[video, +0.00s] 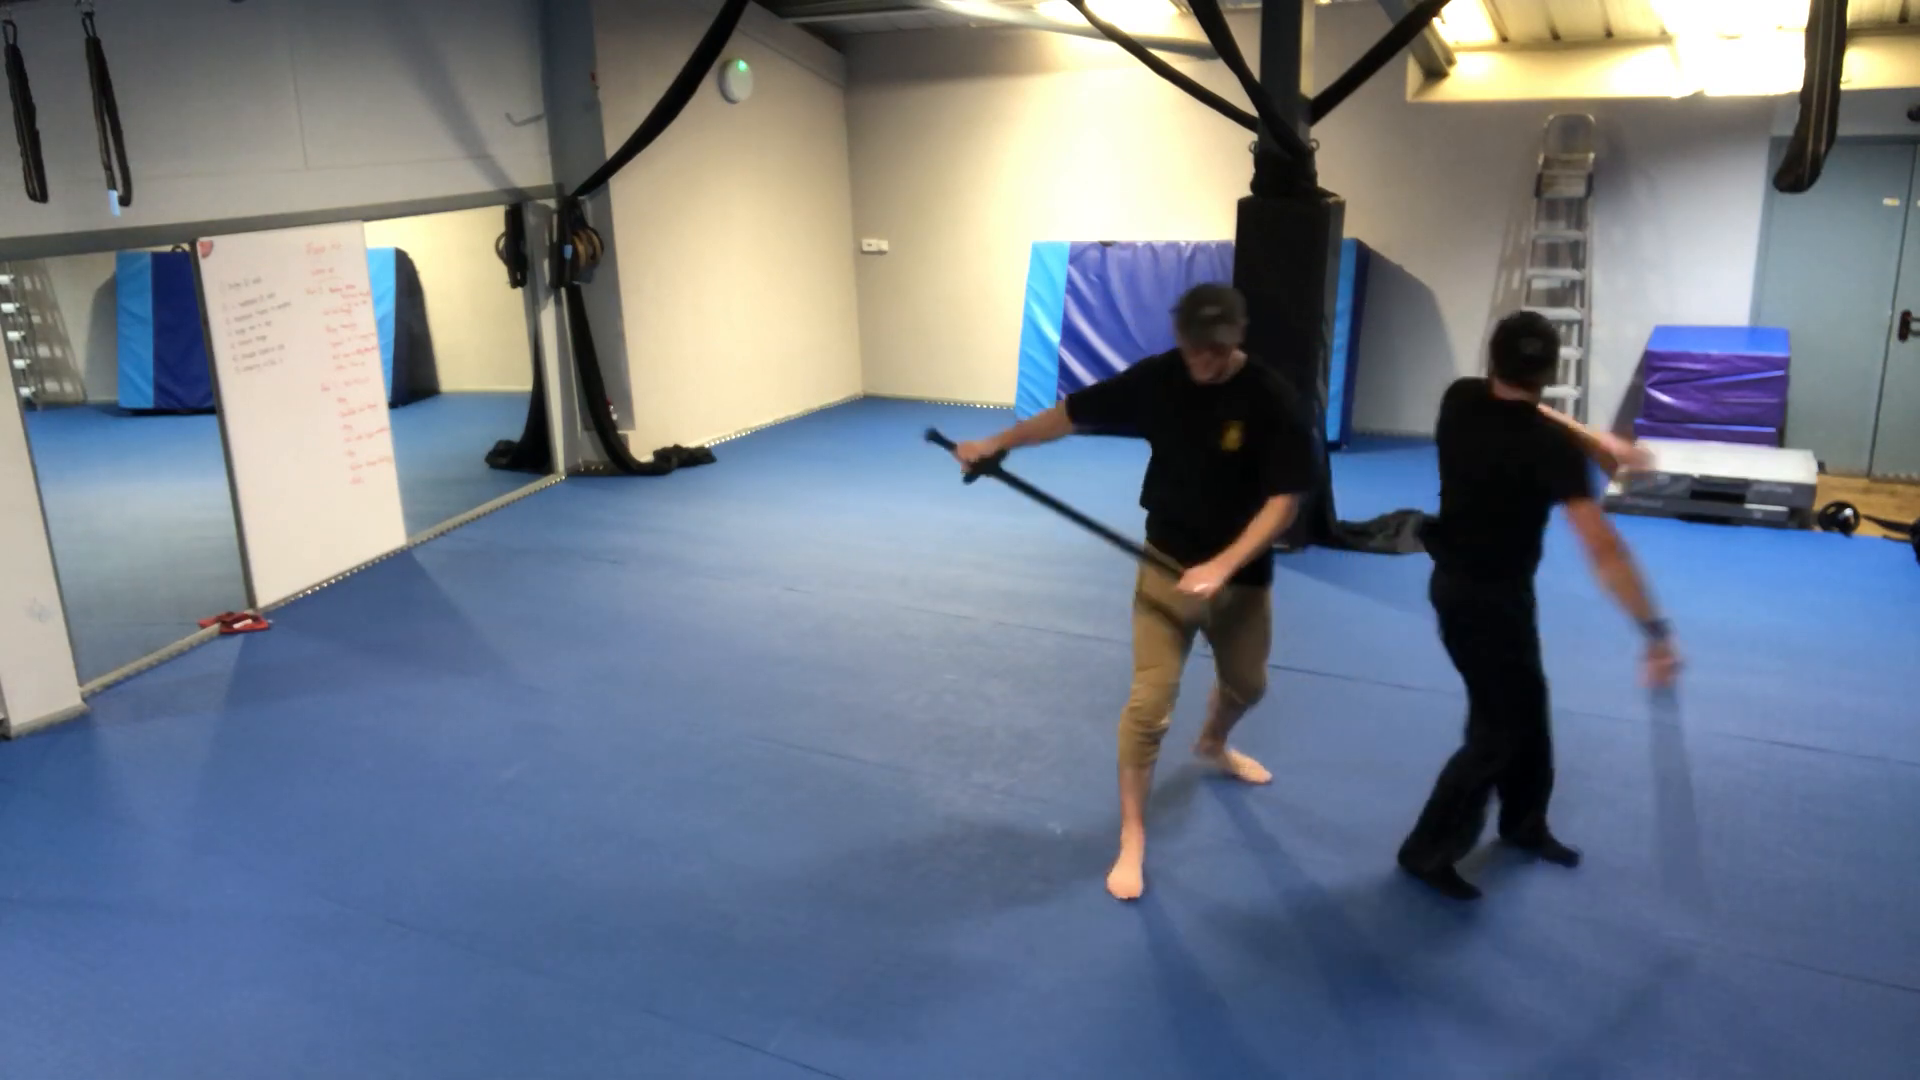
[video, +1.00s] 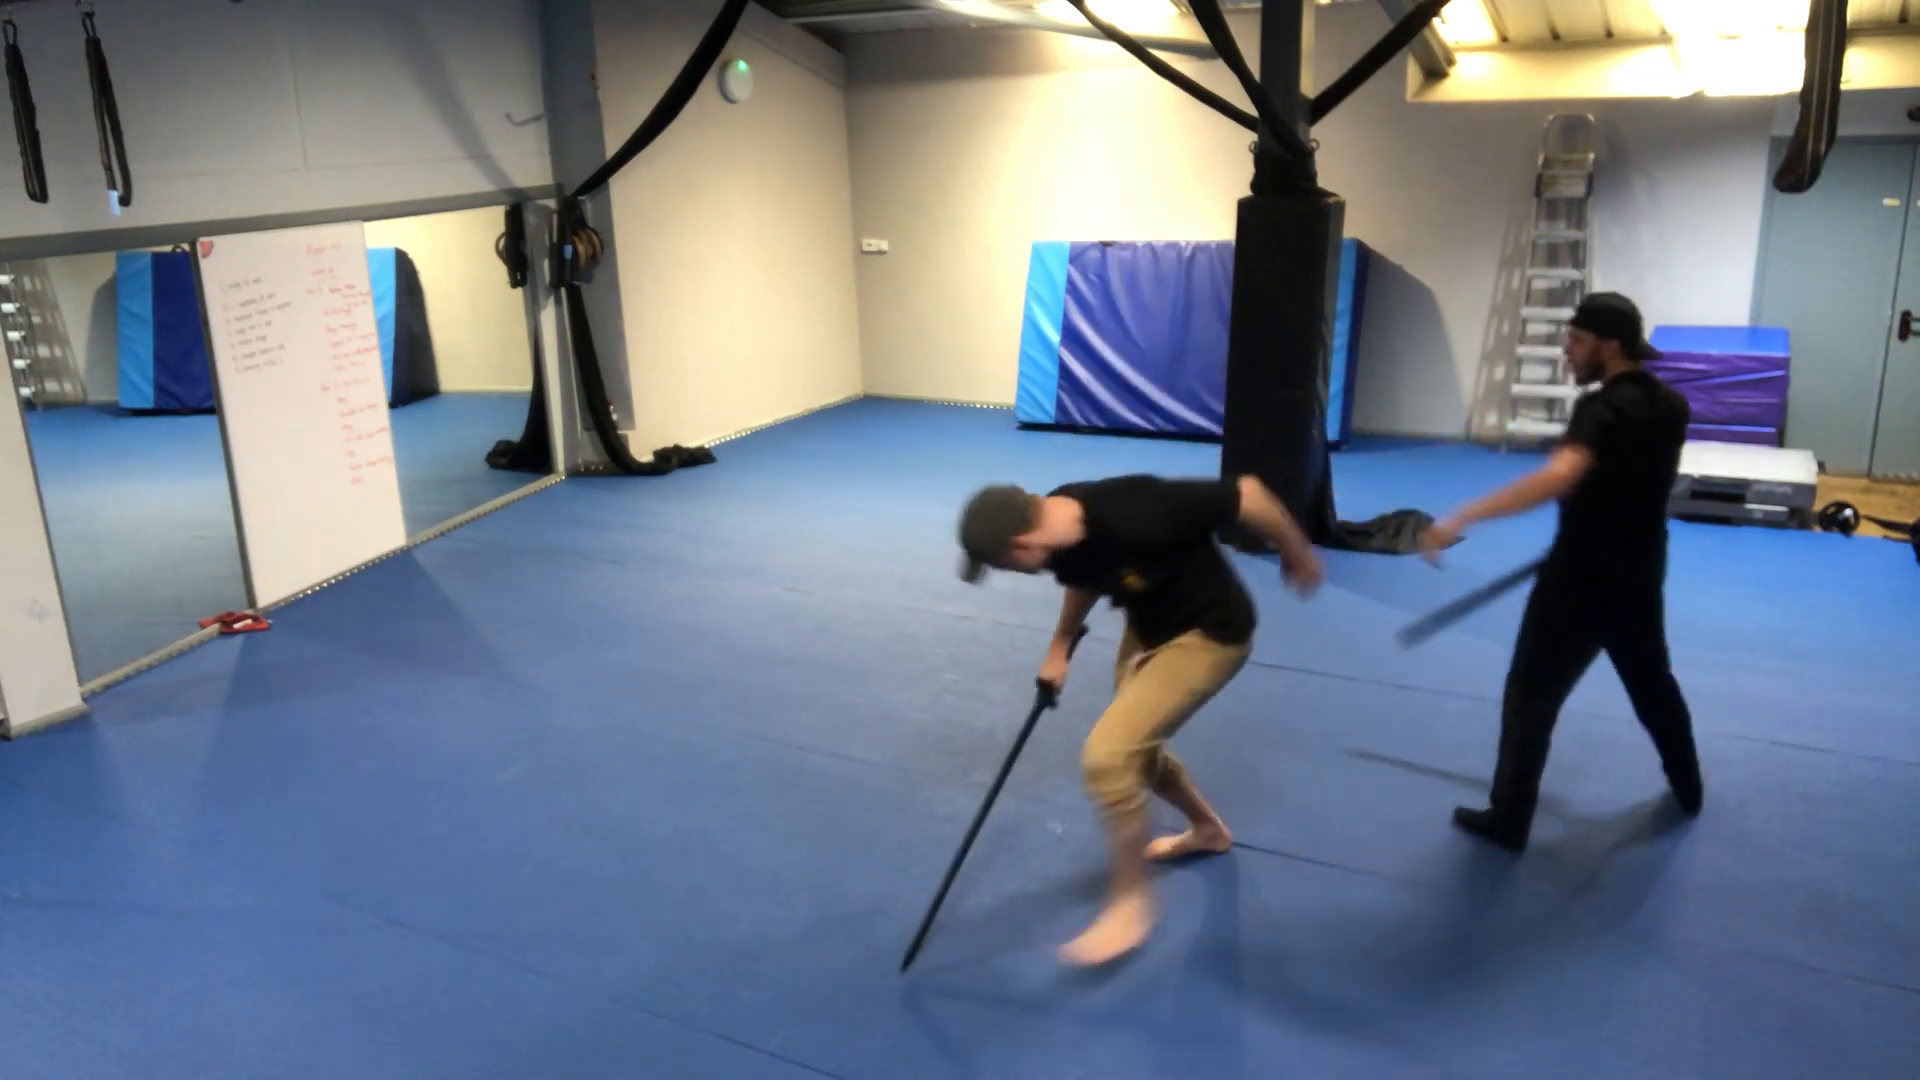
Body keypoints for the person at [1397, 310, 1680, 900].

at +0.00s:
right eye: (1545, 364)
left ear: (1492, 361)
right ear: (1549, 371)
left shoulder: (1460, 399)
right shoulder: (1553, 443)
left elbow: (1530, 415)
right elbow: (1602, 547)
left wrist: (1599, 442)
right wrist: (1653, 630)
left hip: (1456, 584)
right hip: (1499, 601)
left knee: (1521, 705)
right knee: (1498, 728)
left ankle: (1523, 822)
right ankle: (1427, 852)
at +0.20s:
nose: (1512, 372)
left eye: (1510, 363)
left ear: (1511, 368)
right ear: (1570, 377)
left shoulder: (1463, 414)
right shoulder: (1596, 445)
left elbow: (1360, 410)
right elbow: (1657, 517)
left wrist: (1406, 417)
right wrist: (1677, 555)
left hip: (1472, 598)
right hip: (1550, 608)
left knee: (1489, 703)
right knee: (1524, 728)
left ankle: (1511, 815)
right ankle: (1463, 866)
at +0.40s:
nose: (1501, 376)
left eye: (1504, 367)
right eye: (1504, 366)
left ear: (1519, 372)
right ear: (1568, 371)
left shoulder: (1486, 428)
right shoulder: (1607, 436)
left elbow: (1376, 446)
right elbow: (1621, 447)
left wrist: (1417, 431)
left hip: (1493, 607)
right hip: (1572, 617)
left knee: (1479, 706)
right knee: (1538, 753)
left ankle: (1479, 802)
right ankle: (1490, 898)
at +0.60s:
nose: (1517, 361)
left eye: (1520, 352)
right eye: (1519, 351)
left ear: (1538, 355)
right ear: (1582, 353)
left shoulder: (1514, 415)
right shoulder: (1627, 414)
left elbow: (1428, 438)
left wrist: (1354, 435)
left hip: (1517, 593)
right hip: (1594, 600)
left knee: (1506, 705)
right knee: (1560, 743)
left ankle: (1505, 810)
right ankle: (1499, 882)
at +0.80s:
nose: (1533, 348)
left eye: (1539, 337)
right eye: (1535, 336)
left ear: (1568, 342)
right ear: (1594, 344)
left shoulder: (1544, 402)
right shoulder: (1648, 407)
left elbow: (1466, 437)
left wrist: (1375, 463)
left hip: (1542, 576)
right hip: (1616, 580)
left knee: (1522, 701)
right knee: (1611, 686)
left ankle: (1509, 820)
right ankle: (1616, 815)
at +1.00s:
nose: (1567, 349)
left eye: (1575, 339)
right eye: (1569, 338)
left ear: (1607, 345)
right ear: (1625, 346)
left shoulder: (1600, 407)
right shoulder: (1669, 405)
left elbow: (1562, 476)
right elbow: (1640, 490)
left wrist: (1464, 516)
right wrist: (1577, 534)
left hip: (1580, 576)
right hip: (1636, 577)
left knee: (1530, 694)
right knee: (1653, 684)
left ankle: (1508, 818)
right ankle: (1688, 788)